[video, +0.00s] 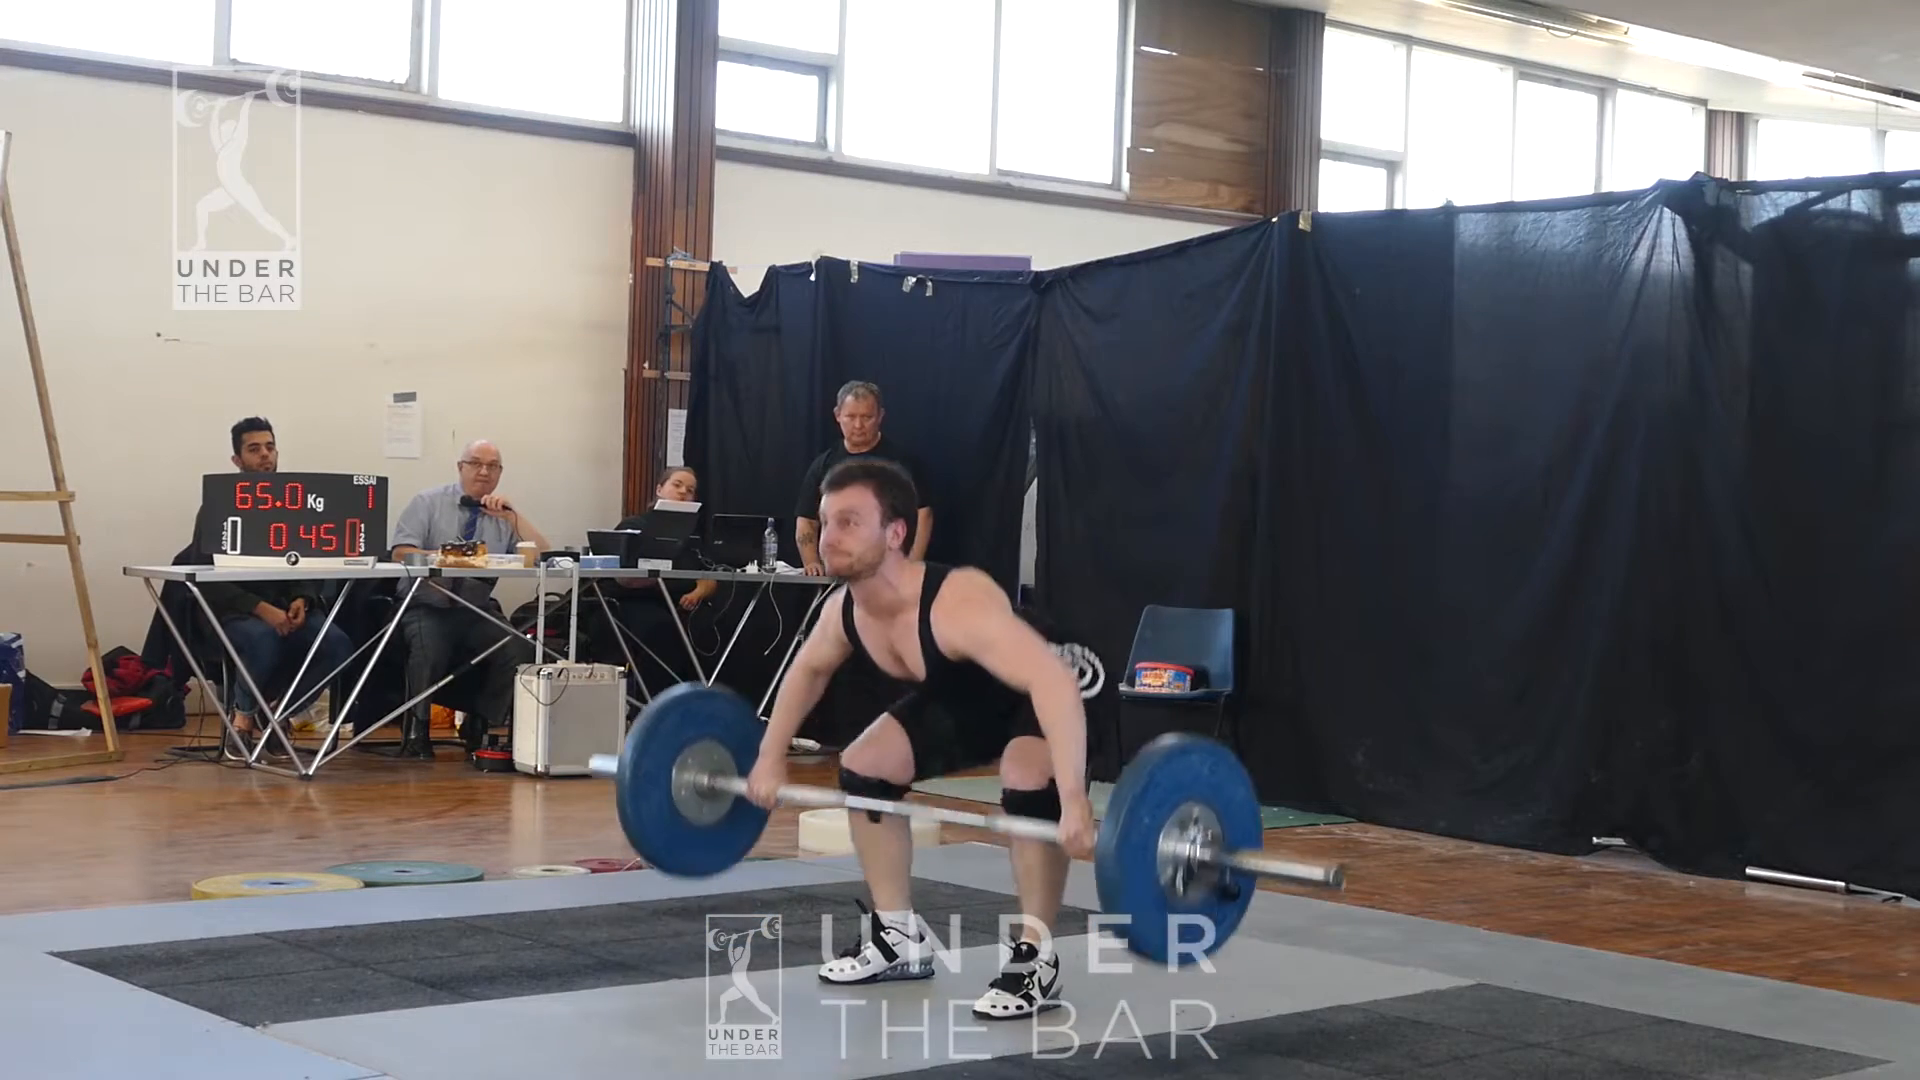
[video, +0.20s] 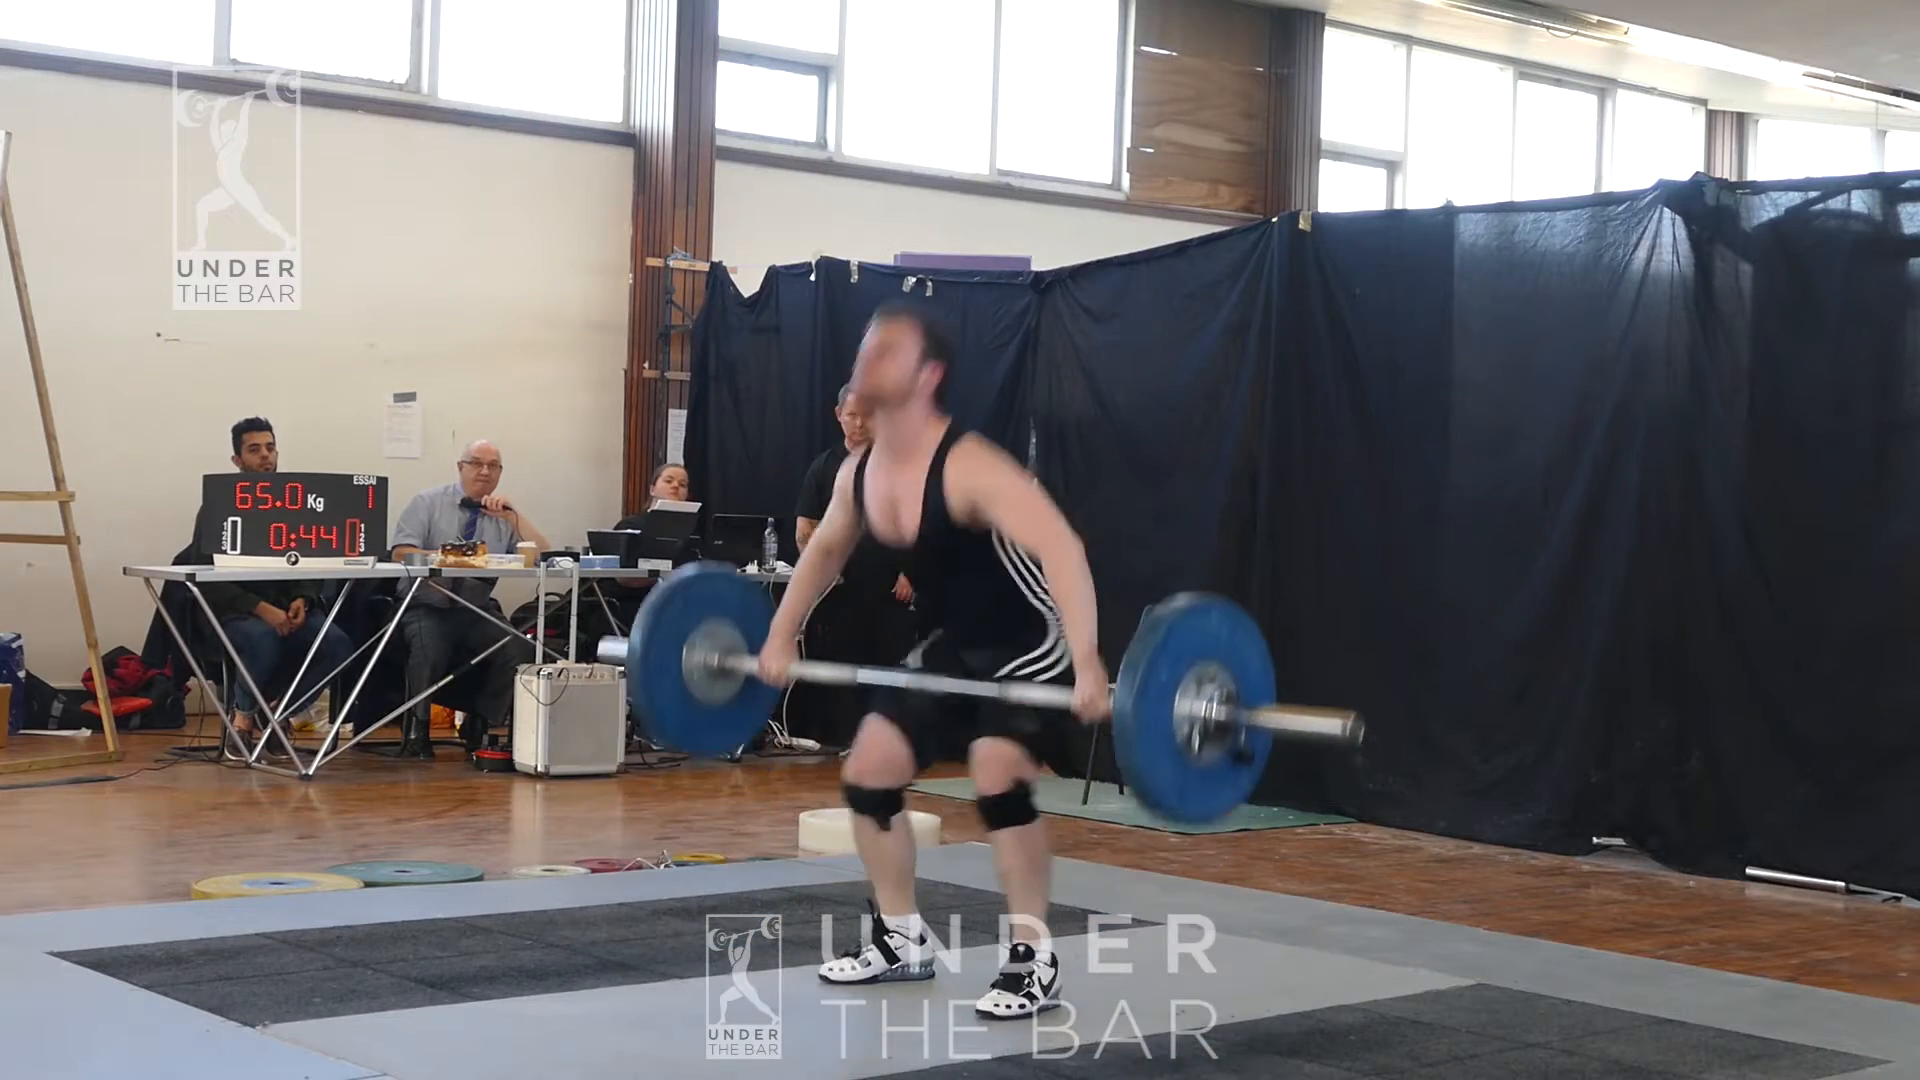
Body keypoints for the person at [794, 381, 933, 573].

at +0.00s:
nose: (858, 425)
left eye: (867, 417)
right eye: (851, 417)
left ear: (880, 417)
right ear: (838, 416)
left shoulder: (903, 461)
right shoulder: (824, 464)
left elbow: (924, 514)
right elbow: (806, 520)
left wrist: (913, 564)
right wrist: (811, 562)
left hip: (888, 569)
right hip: (836, 571)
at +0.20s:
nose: (856, 425)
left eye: (863, 417)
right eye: (849, 416)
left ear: (878, 420)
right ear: (838, 417)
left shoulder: (895, 463)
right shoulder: (826, 466)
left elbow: (921, 522)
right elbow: (804, 531)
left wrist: (910, 569)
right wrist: (826, 569)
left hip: (889, 586)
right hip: (840, 582)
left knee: (888, 662)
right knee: (835, 658)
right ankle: (839, 734)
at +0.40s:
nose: (860, 419)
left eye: (868, 410)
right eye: (853, 410)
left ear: (883, 410)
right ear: (839, 412)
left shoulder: (898, 454)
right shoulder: (824, 455)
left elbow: (910, 506)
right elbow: (809, 509)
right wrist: (810, 557)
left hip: (881, 567)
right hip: (834, 567)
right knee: (831, 644)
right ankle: (829, 726)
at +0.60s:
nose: (863, 419)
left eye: (871, 412)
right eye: (856, 412)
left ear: (884, 414)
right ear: (844, 411)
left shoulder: (897, 462)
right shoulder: (826, 464)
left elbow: (912, 521)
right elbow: (807, 519)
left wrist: (907, 573)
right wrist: (811, 561)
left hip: (886, 579)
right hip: (838, 577)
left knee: (882, 662)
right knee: (838, 662)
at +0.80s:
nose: (866, 419)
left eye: (875, 412)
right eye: (859, 410)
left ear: (886, 415)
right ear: (844, 411)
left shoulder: (900, 455)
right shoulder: (830, 453)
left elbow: (921, 515)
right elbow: (810, 504)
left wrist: (913, 562)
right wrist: (810, 559)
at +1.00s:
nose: (868, 417)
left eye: (878, 409)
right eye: (861, 407)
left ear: (888, 416)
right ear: (847, 410)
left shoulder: (906, 459)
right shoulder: (831, 458)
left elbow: (922, 518)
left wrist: (911, 570)